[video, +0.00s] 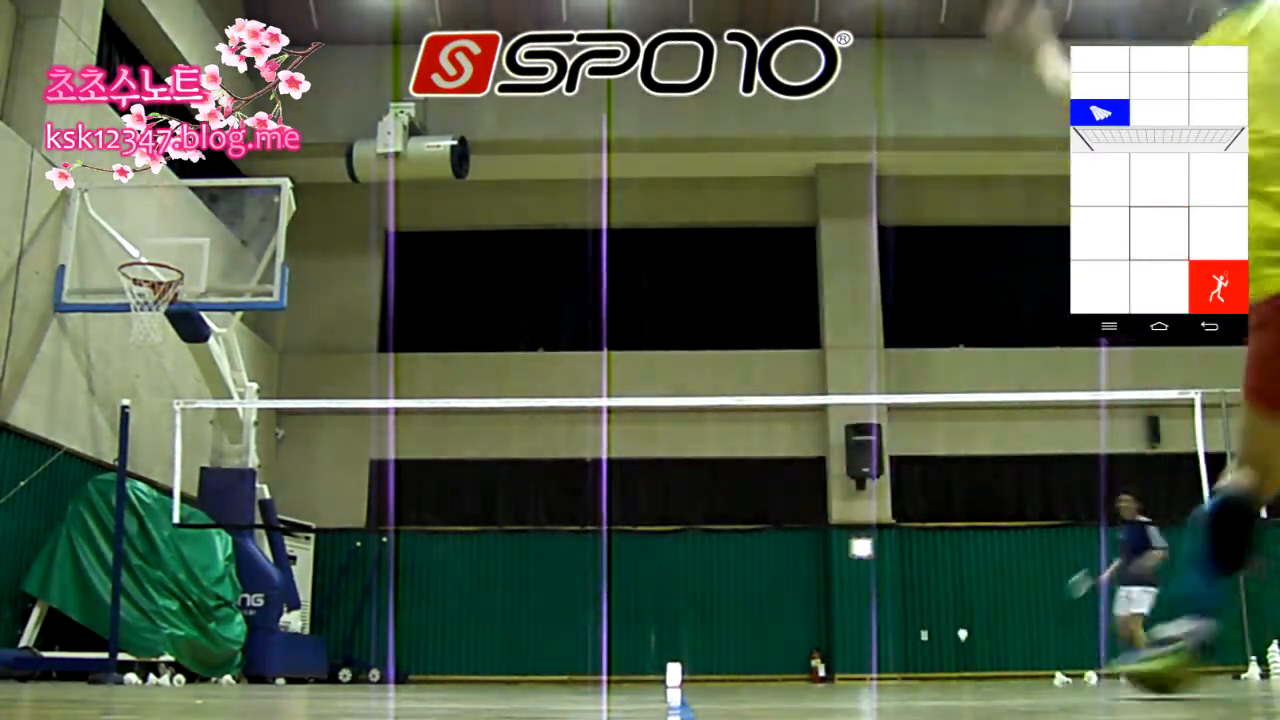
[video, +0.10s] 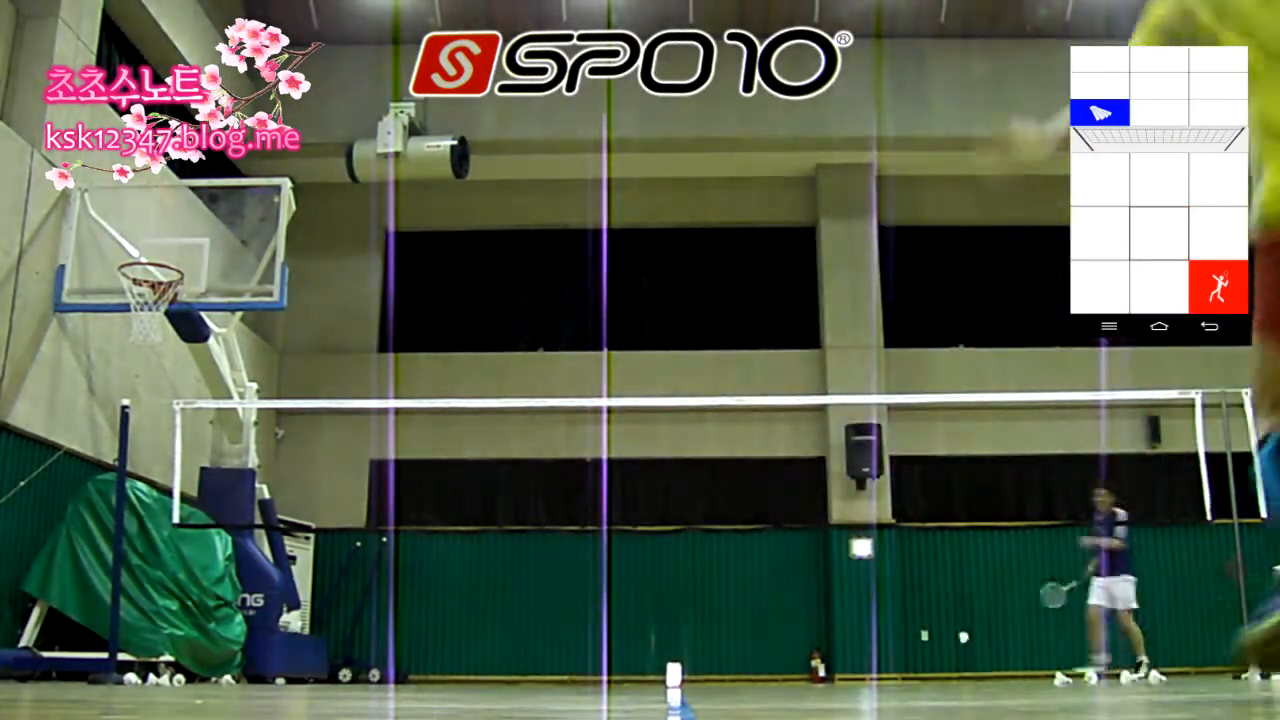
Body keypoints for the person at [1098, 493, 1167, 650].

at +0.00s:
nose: (1124, 507)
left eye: (1127, 503)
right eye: (1121, 503)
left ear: (1136, 506)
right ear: (1118, 507)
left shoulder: (1145, 525)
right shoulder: (1124, 528)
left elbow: (1160, 549)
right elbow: (1123, 558)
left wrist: (1143, 565)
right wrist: (1107, 575)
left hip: (1143, 583)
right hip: (1125, 583)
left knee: (1135, 625)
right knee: (1122, 628)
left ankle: (1145, 660)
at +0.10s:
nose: (1099, 501)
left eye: (1103, 497)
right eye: (1097, 497)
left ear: (1111, 499)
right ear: (1094, 500)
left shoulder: (1119, 516)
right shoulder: (1097, 519)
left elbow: (1121, 542)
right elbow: (1104, 548)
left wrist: (1094, 541)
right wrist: (1093, 566)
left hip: (1121, 577)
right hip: (1101, 577)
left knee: (1126, 619)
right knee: (1093, 616)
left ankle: (1142, 660)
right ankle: (1100, 660)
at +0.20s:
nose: (1075, 500)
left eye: (1079, 497)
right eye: (1072, 497)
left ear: (1087, 499)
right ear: (1069, 500)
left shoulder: (1095, 514)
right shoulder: (1072, 518)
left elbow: (1095, 540)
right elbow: (1078, 546)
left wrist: (1071, 538)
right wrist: (1069, 562)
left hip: (1096, 574)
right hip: (1076, 575)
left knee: (1105, 619)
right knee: (1070, 617)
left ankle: (1130, 651)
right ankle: (1064, 660)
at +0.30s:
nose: (1053, 506)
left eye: (1057, 502)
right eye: (1050, 502)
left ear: (1067, 505)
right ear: (1047, 505)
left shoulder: (1075, 525)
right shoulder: (1048, 529)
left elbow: (1082, 553)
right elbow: (1045, 556)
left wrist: (1054, 564)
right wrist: (1034, 573)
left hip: (1070, 584)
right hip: (1049, 584)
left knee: (1069, 626)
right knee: (1045, 625)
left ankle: (1102, 648)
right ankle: (1054, 667)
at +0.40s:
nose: (1034, 503)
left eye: (1038, 499)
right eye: (1031, 499)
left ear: (1046, 501)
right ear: (1027, 502)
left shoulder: (1057, 522)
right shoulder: (1026, 523)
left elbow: (1075, 549)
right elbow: (1020, 550)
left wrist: (1062, 565)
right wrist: (1008, 564)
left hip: (1047, 578)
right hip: (1029, 578)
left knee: (1033, 616)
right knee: (1037, 621)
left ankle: (1054, 657)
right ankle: (1051, 665)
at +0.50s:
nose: (1016, 498)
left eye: (1020, 494)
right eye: (1014, 494)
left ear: (1029, 497)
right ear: (1010, 497)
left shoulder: (1039, 516)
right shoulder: (1006, 516)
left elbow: (1062, 536)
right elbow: (998, 540)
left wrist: (1056, 557)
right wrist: (991, 558)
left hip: (1027, 573)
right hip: (1007, 572)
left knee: (1011, 615)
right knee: (1018, 619)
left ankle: (1005, 662)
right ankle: (1040, 658)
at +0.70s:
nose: (982, 503)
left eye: (986, 499)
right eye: (979, 499)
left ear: (994, 502)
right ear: (975, 501)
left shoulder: (1002, 522)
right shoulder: (969, 523)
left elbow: (1019, 549)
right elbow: (963, 552)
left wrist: (1007, 561)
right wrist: (955, 574)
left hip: (992, 581)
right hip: (970, 580)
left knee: (977, 622)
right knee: (961, 623)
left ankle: (980, 666)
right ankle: (984, 651)